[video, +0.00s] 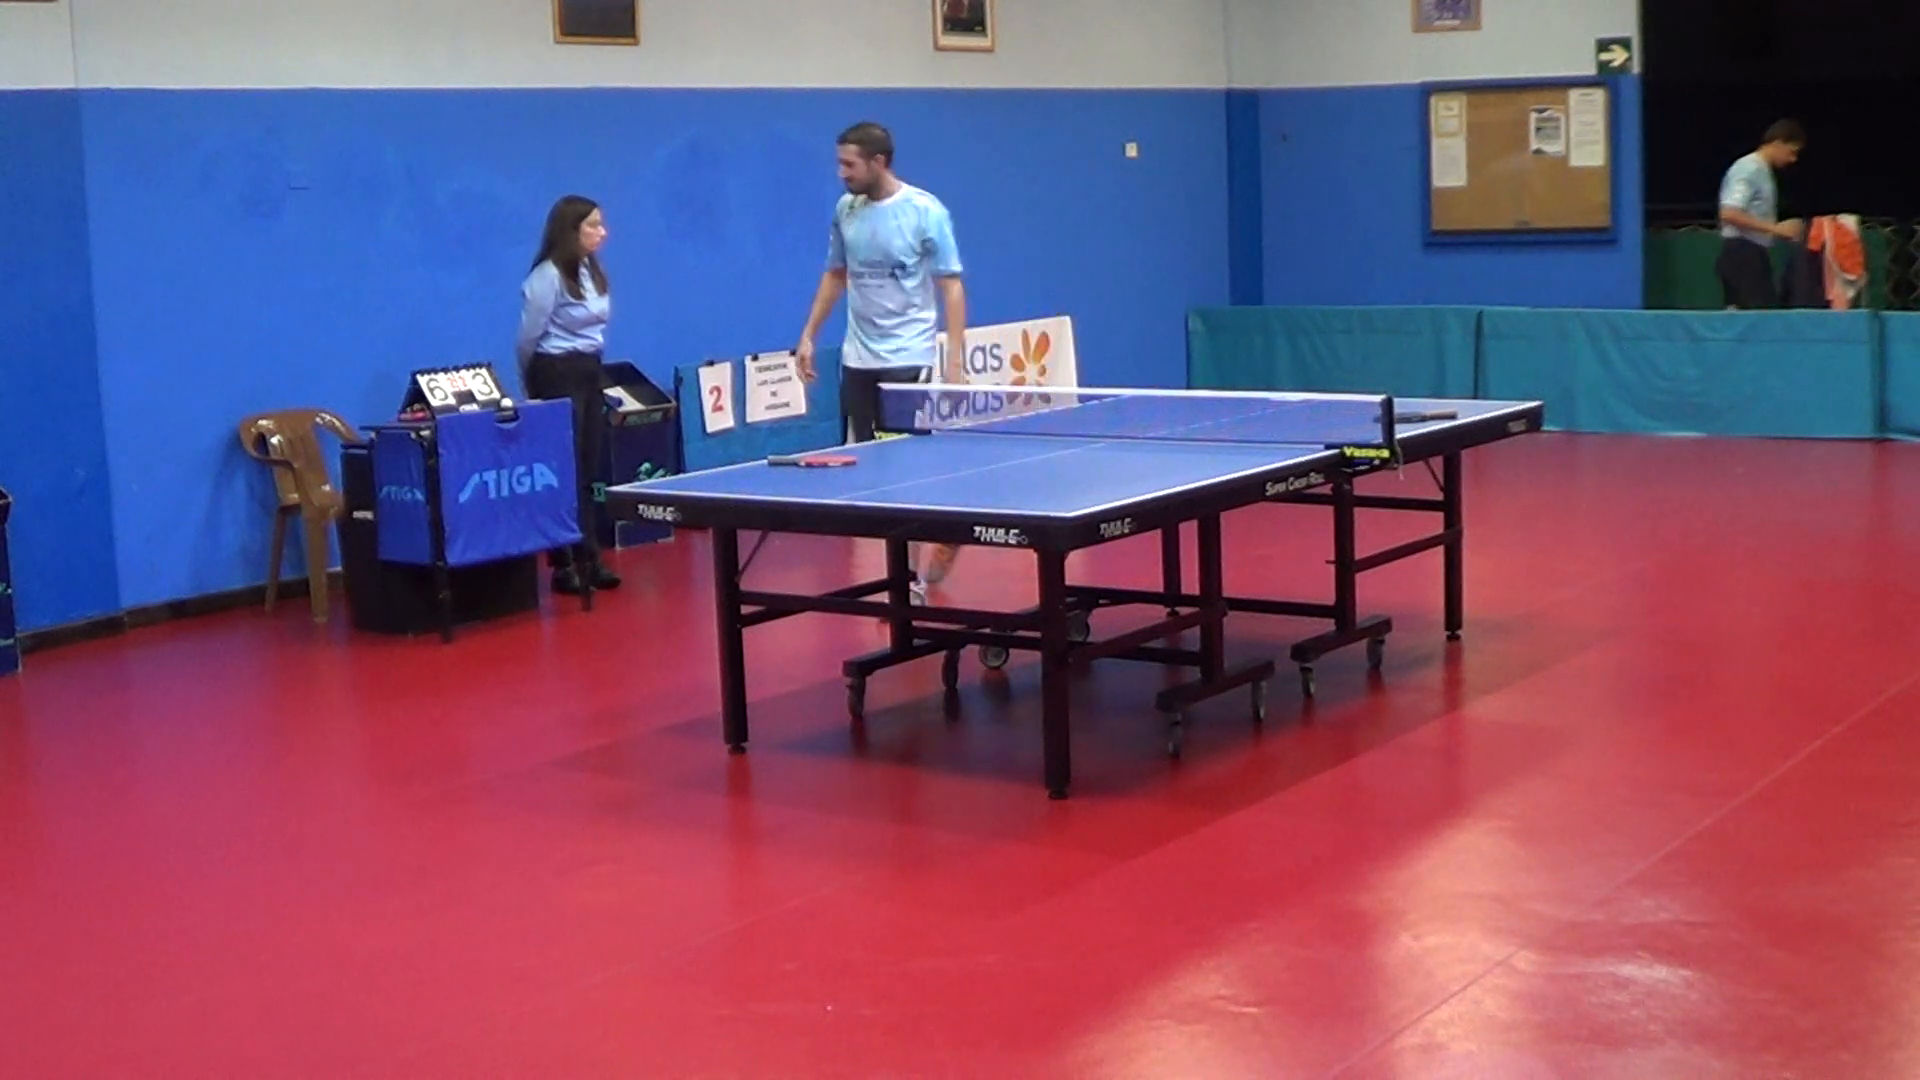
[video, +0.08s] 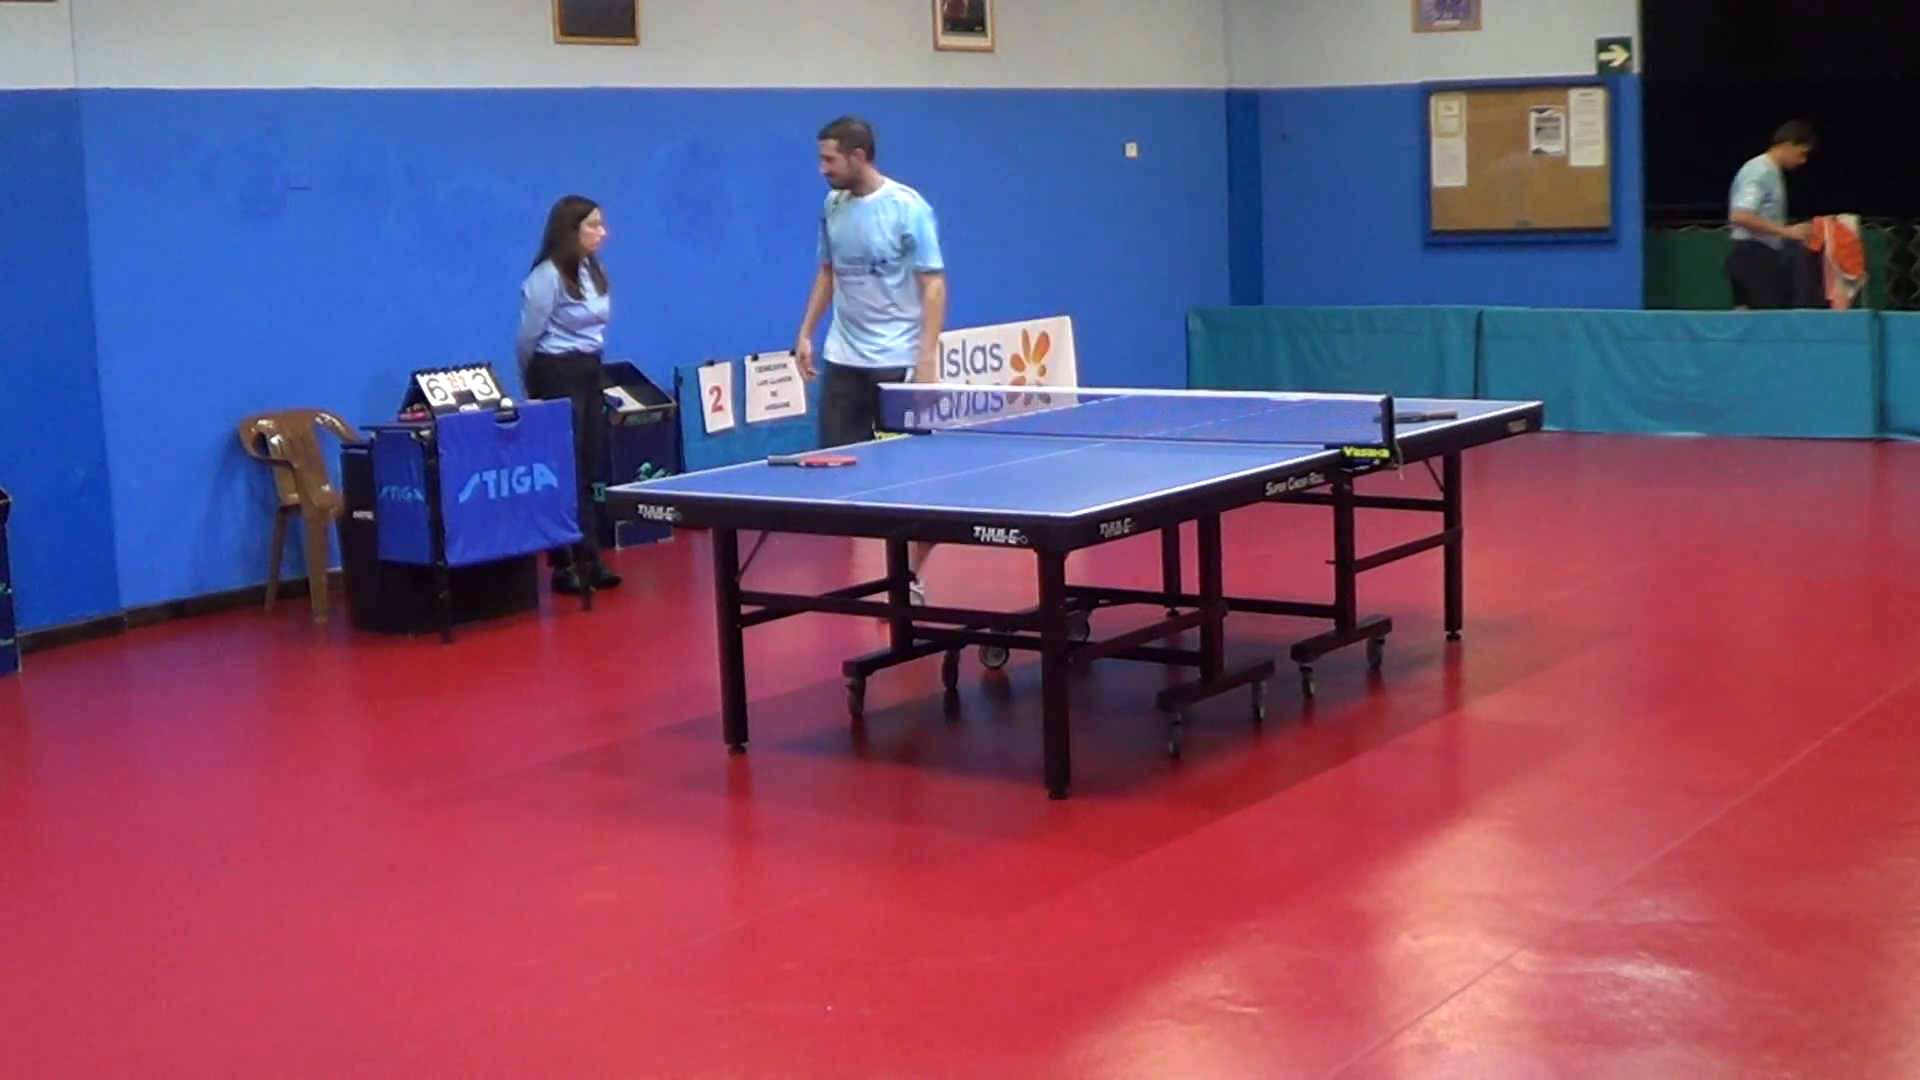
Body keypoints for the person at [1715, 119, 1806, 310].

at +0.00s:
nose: (1793, 159)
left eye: (1795, 154)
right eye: (1792, 152)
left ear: (1778, 144)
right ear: (1777, 142)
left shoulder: (1763, 171)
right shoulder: (1747, 168)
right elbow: (1729, 213)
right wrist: (1776, 229)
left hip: (1756, 251)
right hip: (1741, 251)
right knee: (1760, 317)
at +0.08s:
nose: (1803, 161)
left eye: (1805, 155)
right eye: (1802, 154)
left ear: (1789, 145)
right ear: (1787, 144)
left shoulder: (1772, 172)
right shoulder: (1758, 170)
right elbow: (1740, 215)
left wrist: (1796, 231)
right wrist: (1788, 232)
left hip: (1767, 253)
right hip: (1751, 252)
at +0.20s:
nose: (1821, 161)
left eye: (1823, 156)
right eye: (1820, 154)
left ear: (1808, 146)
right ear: (1807, 145)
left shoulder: (1791, 172)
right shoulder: (1777, 170)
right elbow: (1759, 219)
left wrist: (1812, 234)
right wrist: (1804, 238)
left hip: (1788, 253)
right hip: (1769, 253)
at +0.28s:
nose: (1833, 162)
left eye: (1836, 156)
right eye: (1833, 155)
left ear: (1820, 146)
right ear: (1819, 145)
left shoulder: (1803, 172)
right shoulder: (1790, 171)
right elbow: (1771, 220)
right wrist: (1813, 238)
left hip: (1800, 252)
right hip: (1782, 252)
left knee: (1812, 316)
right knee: (1791, 318)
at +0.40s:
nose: (1849, 164)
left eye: (1852, 159)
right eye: (1849, 157)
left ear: (1837, 147)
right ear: (1837, 146)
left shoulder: (1818, 172)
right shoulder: (1806, 171)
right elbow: (1787, 222)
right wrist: (1833, 240)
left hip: (1812, 253)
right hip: (1796, 252)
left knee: (1816, 318)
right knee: (1804, 320)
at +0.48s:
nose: (1860, 162)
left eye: (1863, 157)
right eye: (1860, 155)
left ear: (1848, 146)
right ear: (1848, 145)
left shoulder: (1829, 171)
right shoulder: (1816, 170)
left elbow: (1823, 221)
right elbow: (1798, 222)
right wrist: (1844, 241)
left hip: (1820, 252)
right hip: (1805, 252)